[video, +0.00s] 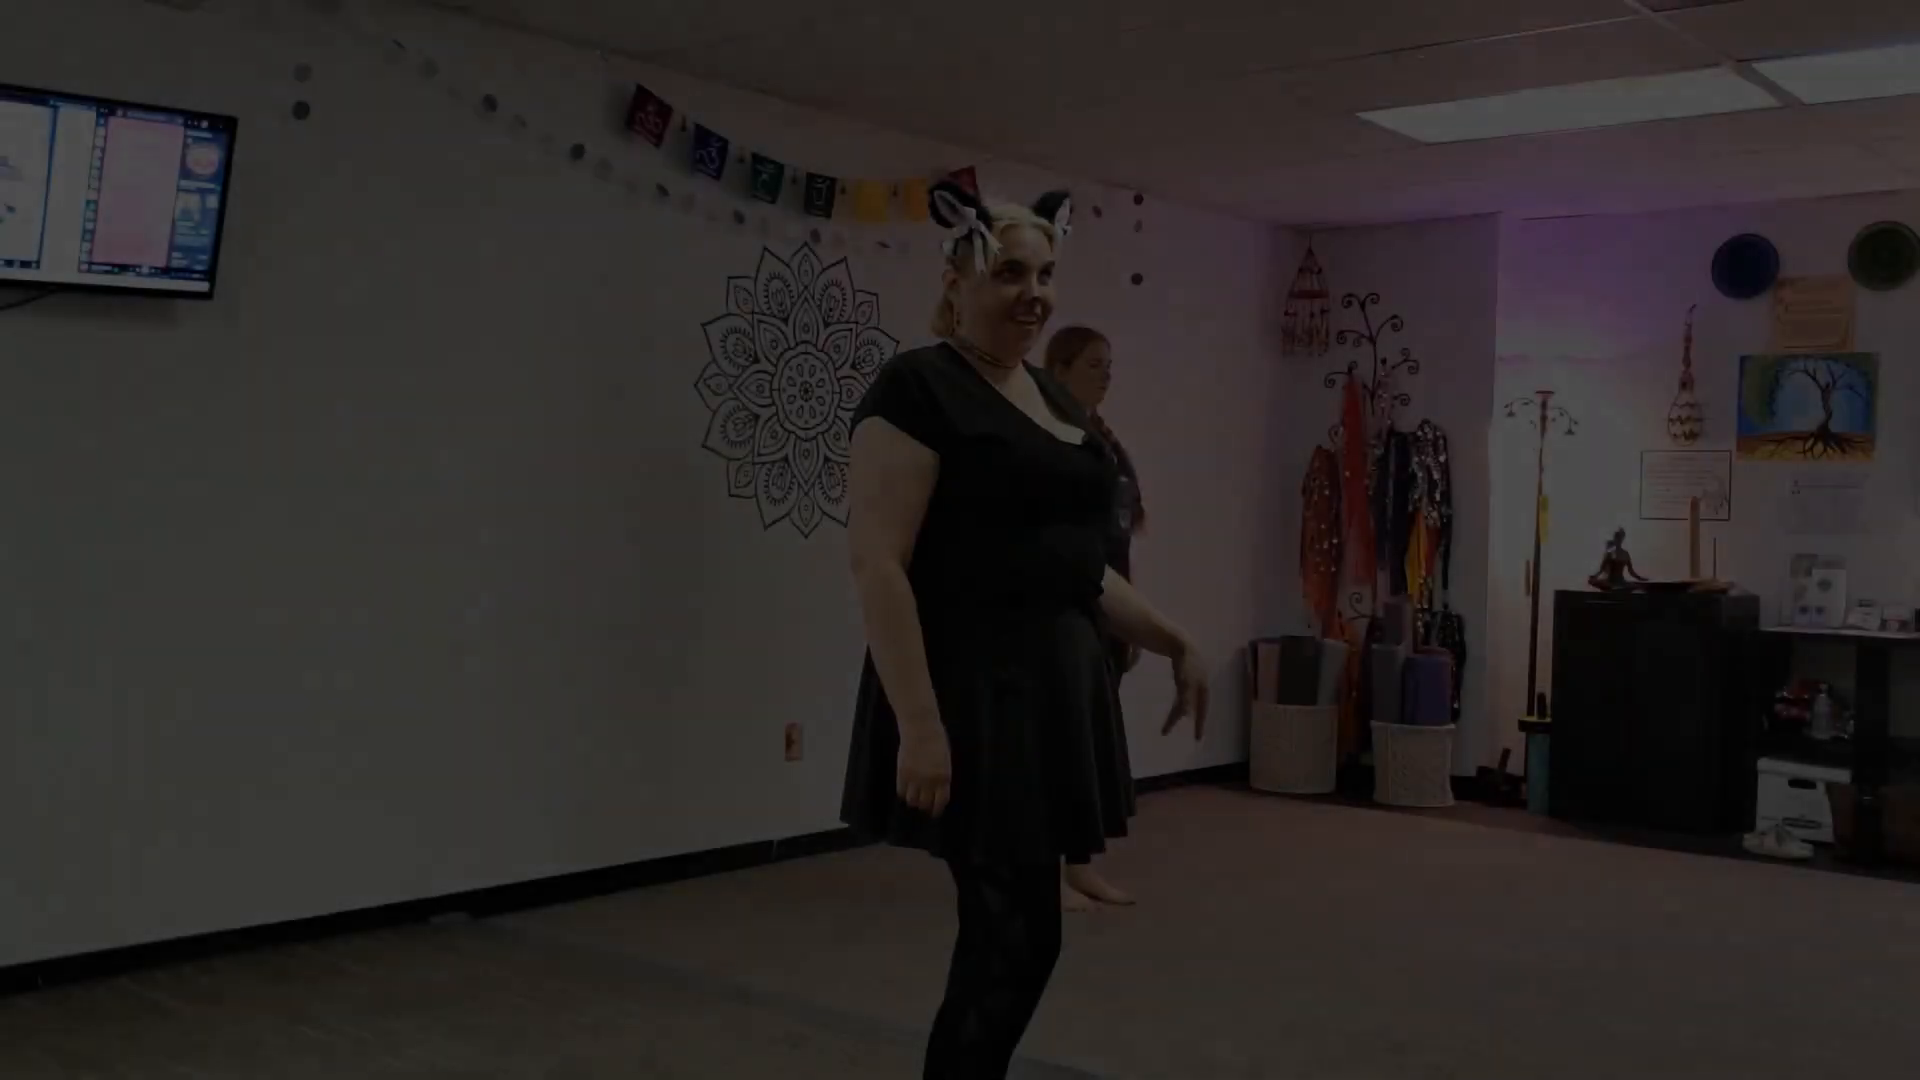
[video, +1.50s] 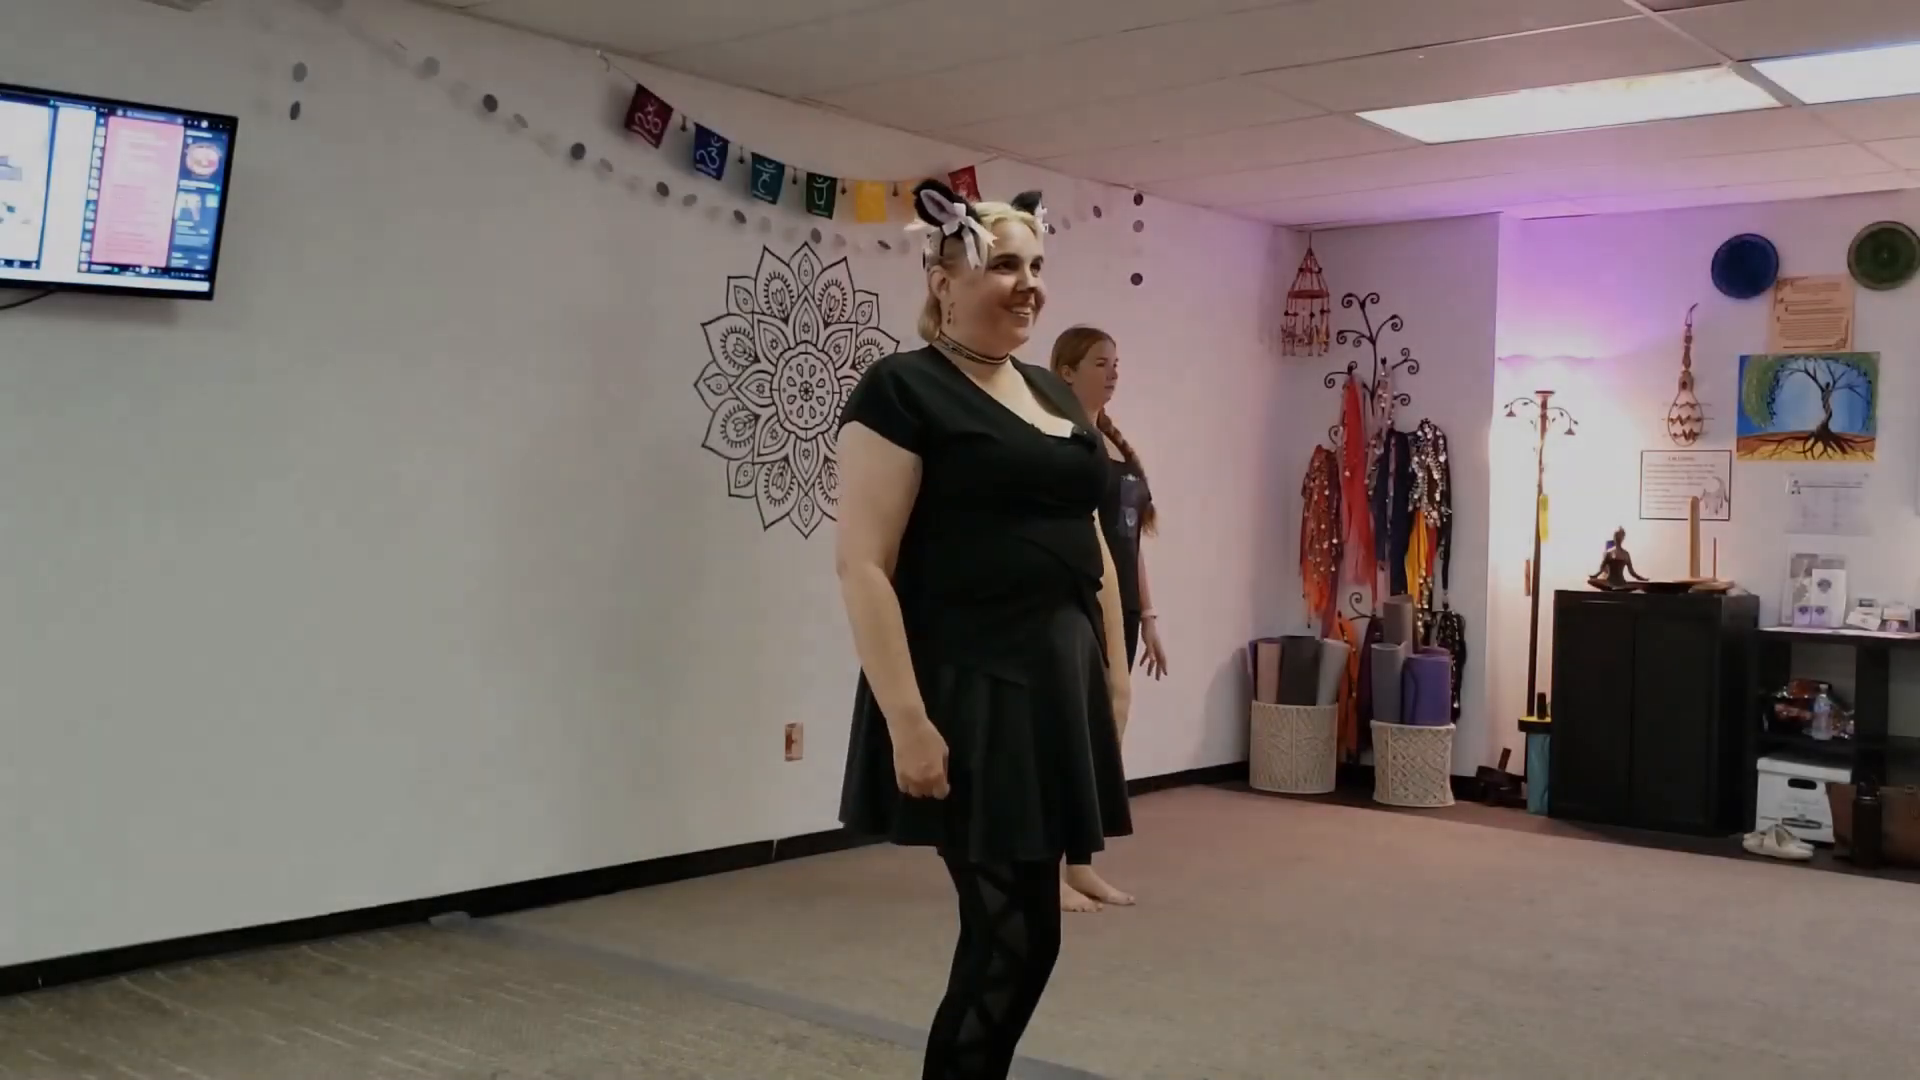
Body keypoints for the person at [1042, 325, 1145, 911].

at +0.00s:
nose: (1104, 377)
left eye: (1107, 368)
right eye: (1094, 368)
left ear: (1102, 375)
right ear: (1061, 369)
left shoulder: (1097, 436)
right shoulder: (1042, 432)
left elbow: (1118, 525)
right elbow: (1052, 536)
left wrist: (1127, 622)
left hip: (1102, 612)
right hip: (1052, 611)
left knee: (1093, 731)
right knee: (1049, 730)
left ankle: (1083, 858)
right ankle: (1052, 864)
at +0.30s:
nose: (1107, 376)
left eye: (1110, 367)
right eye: (1097, 367)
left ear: (1106, 373)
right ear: (1064, 370)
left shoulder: (1103, 437)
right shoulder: (1042, 434)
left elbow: (1122, 529)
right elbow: (1054, 529)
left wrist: (1134, 614)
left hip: (1102, 606)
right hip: (1048, 603)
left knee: (1089, 726)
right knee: (1046, 727)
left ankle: (1079, 859)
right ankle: (1043, 866)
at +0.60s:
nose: (1110, 377)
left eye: (1112, 367)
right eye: (1100, 367)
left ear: (1107, 372)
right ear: (1067, 371)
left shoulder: (1107, 441)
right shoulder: (1044, 438)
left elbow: (1125, 537)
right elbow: (1055, 532)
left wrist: (1141, 615)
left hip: (1104, 607)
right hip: (1050, 607)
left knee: (1089, 729)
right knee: (1048, 731)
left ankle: (1078, 859)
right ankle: (1045, 867)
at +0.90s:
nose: (1112, 375)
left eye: (1115, 366)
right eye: (1102, 366)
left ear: (1110, 373)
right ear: (1068, 370)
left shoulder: (1109, 443)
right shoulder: (1044, 437)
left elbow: (1124, 539)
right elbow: (1056, 533)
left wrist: (1140, 620)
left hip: (1103, 606)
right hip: (1050, 605)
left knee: (1088, 728)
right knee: (1047, 729)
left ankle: (1078, 862)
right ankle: (1044, 869)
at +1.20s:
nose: (1113, 374)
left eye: (1115, 365)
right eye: (1101, 365)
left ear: (1109, 373)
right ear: (1067, 370)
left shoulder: (1110, 441)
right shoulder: (1047, 439)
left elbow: (1126, 542)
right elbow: (1051, 531)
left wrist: (1143, 621)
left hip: (1112, 602)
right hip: (1059, 601)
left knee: (1094, 725)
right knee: (1054, 726)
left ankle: (1078, 861)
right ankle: (1047, 868)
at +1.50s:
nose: (1113, 372)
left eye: (1115, 363)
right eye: (1101, 363)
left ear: (1109, 373)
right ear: (1068, 370)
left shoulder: (1113, 444)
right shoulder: (1049, 439)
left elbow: (1130, 540)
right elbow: (1048, 532)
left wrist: (1147, 619)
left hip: (1112, 602)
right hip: (1057, 602)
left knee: (1102, 721)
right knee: (1055, 725)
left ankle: (1079, 859)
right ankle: (1048, 868)